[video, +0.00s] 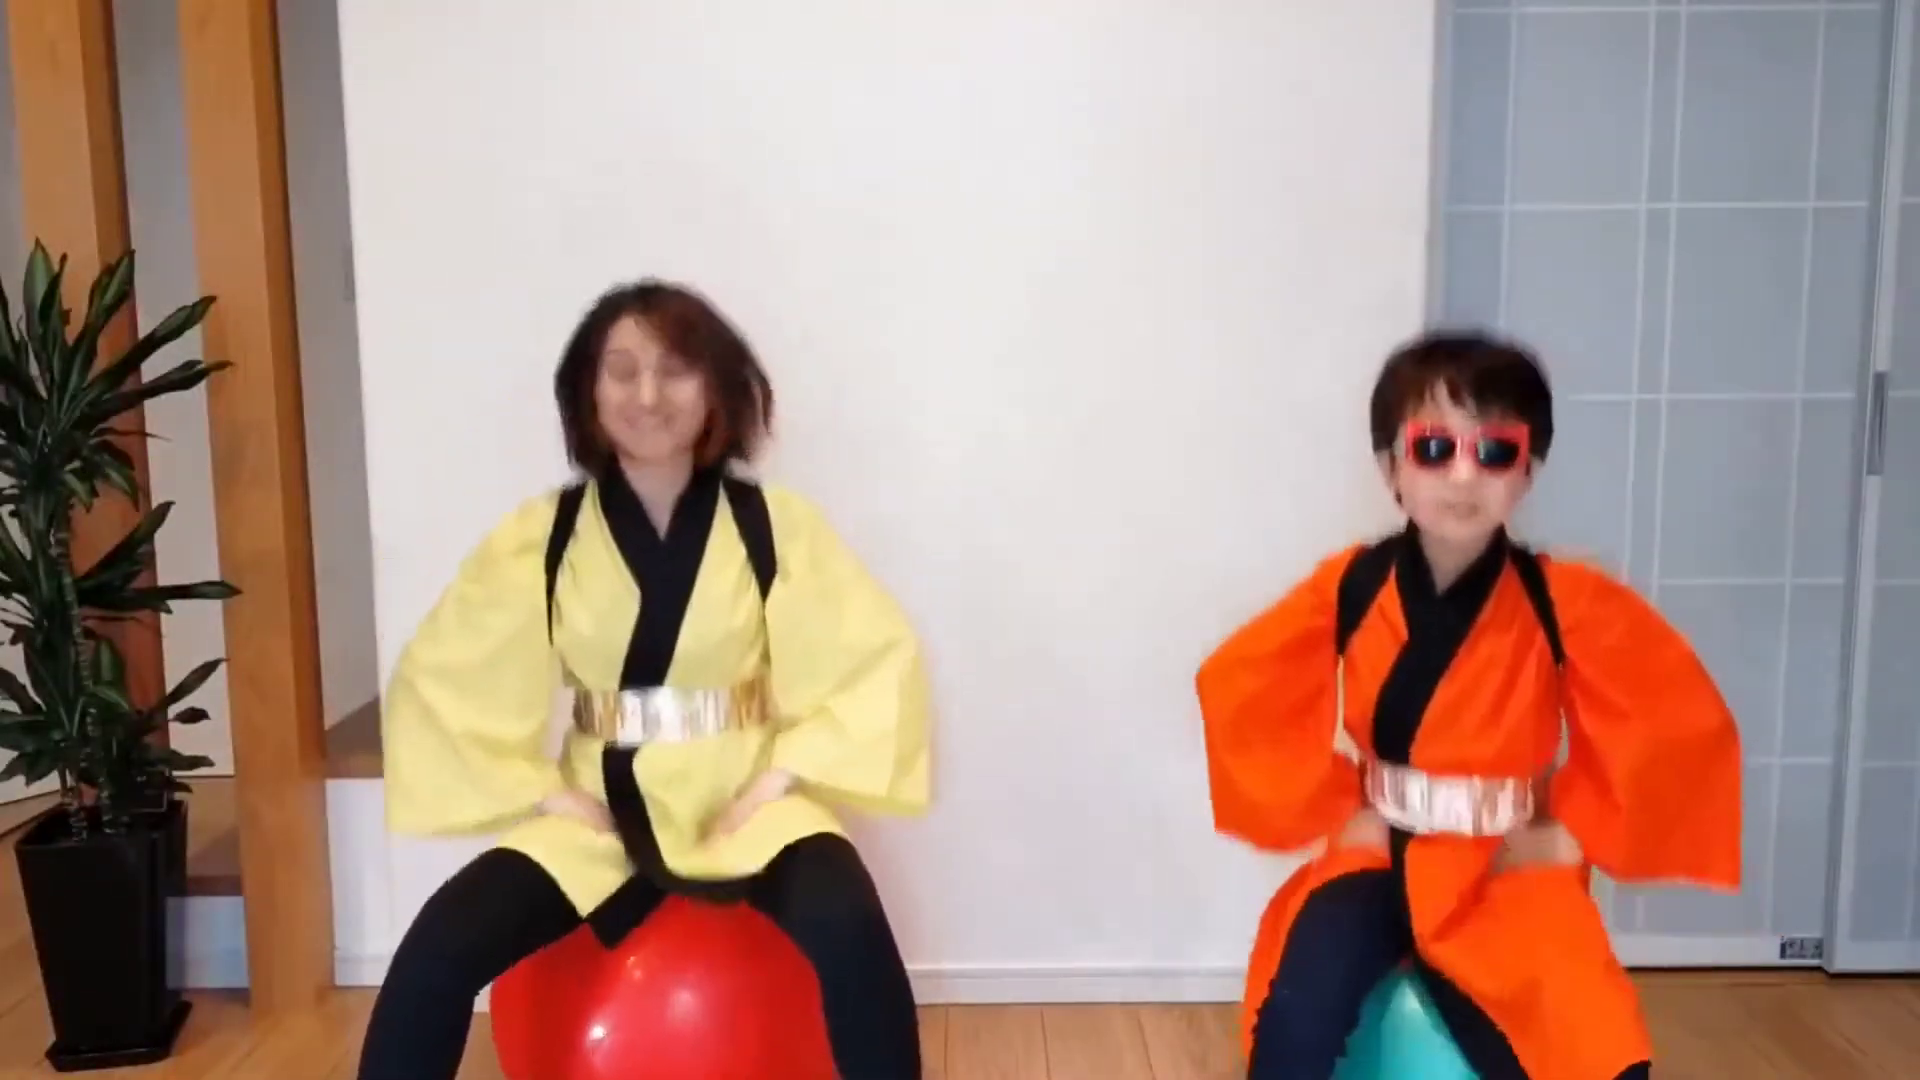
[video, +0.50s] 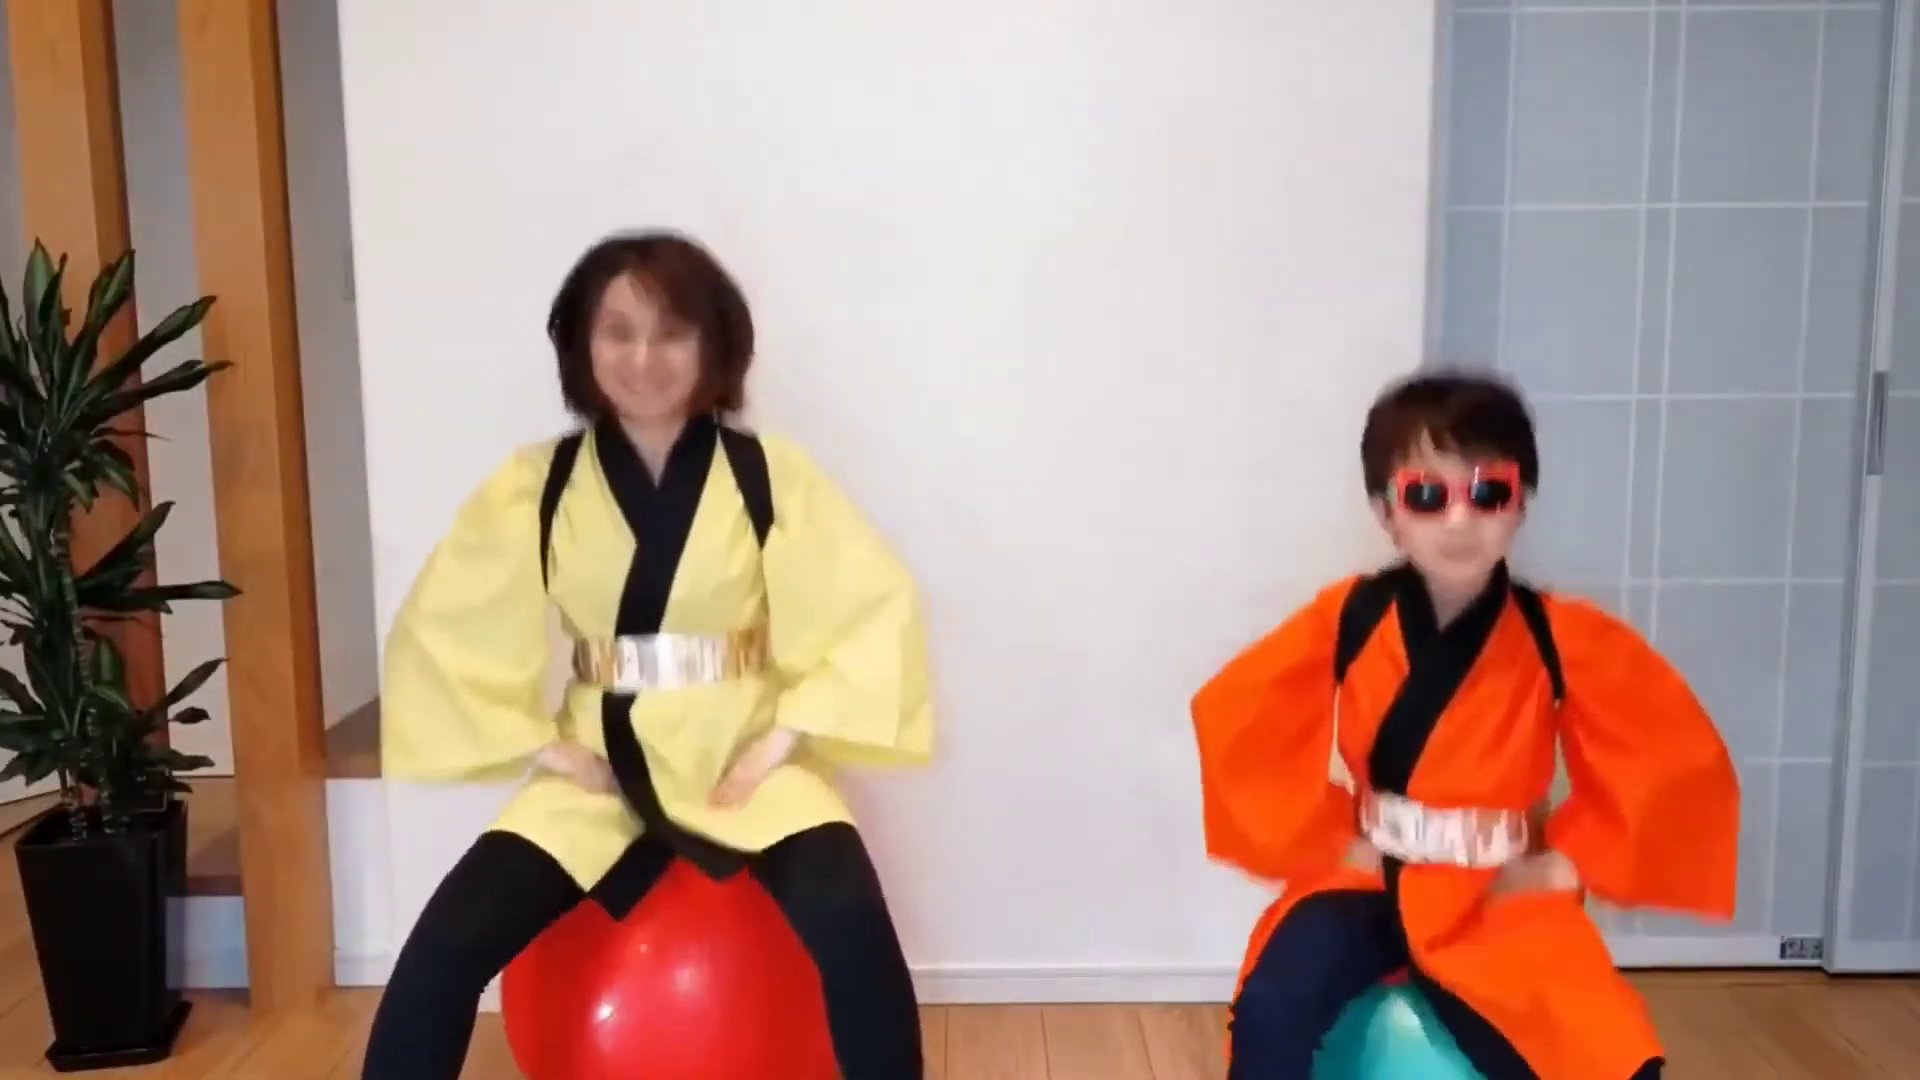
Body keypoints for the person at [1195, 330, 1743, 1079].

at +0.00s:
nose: (1464, 473)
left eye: (1497, 450)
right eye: (1434, 446)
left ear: (1529, 474)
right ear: (1392, 470)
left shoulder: (1564, 601)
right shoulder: (1354, 585)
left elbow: (1687, 728)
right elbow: (1234, 687)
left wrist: (1572, 835)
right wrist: (1336, 813)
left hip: (1514, 871)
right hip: (1375, 859)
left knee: (1599, 1046)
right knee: (1301, 1006)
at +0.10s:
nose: (1463, 413)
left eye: (1496, 390)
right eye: (1434, 387)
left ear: (1529, 410)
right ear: (1390, 411)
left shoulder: (1563, 533)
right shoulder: (1352, 523)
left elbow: (1683, 654)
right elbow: (1232, 630)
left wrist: (1576, 772)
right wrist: (1338, 748)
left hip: (1513, 818)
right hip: (1378, 809)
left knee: (1600, 1018)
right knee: (1309, 937)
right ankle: (1281, 1066)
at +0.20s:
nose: (1463, 431)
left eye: (1494, 407)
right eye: (1433, 405)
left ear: (1525, 423)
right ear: (1388, 426)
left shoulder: (1559, 543)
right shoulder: (1346, 535)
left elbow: (1677, 657)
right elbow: (1229, 640)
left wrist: (1576, 773)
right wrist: (1333, 753)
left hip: (1514, 822)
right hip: (1377, 815)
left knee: (1602, 1013)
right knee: (1308, 946)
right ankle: (1280, 1067)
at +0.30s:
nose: (1457, 512)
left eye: (1487, 488)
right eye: (1426, 488)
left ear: (1516, 504)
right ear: (1381, 509)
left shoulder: (1556, 626)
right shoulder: (1346, 614)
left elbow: (1676, 744)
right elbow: (1227, 712)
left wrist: (1564, 846)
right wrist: (1333, 816)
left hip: (1505, 885)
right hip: (1370, 874)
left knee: (1602, 1042)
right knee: (1303, 986)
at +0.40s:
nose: (1453, 574)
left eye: (1481, 550)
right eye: (1422, 552)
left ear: (1514, 567)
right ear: (1383, 577)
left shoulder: (1557, 691)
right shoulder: (1346, 676)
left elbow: (1679, 808)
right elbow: (1226, 764)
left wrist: (1566, 896)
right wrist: (1329, 861)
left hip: (1501, 933)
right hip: (1365, 920)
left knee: (1614, 1050)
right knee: (1288, 1010)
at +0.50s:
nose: (1459, 517)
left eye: (1489, 490)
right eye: (1427, 494)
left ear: (1520, 507)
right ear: (1386, 515)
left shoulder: (1559, 635)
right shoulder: (1352, 617)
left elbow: (1678, 758)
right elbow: (1231, 714)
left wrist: (1568, 860)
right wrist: (1326, 830)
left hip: (1504, 900)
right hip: (1365, 888)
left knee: (1618, 1059)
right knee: (1272, 1011)